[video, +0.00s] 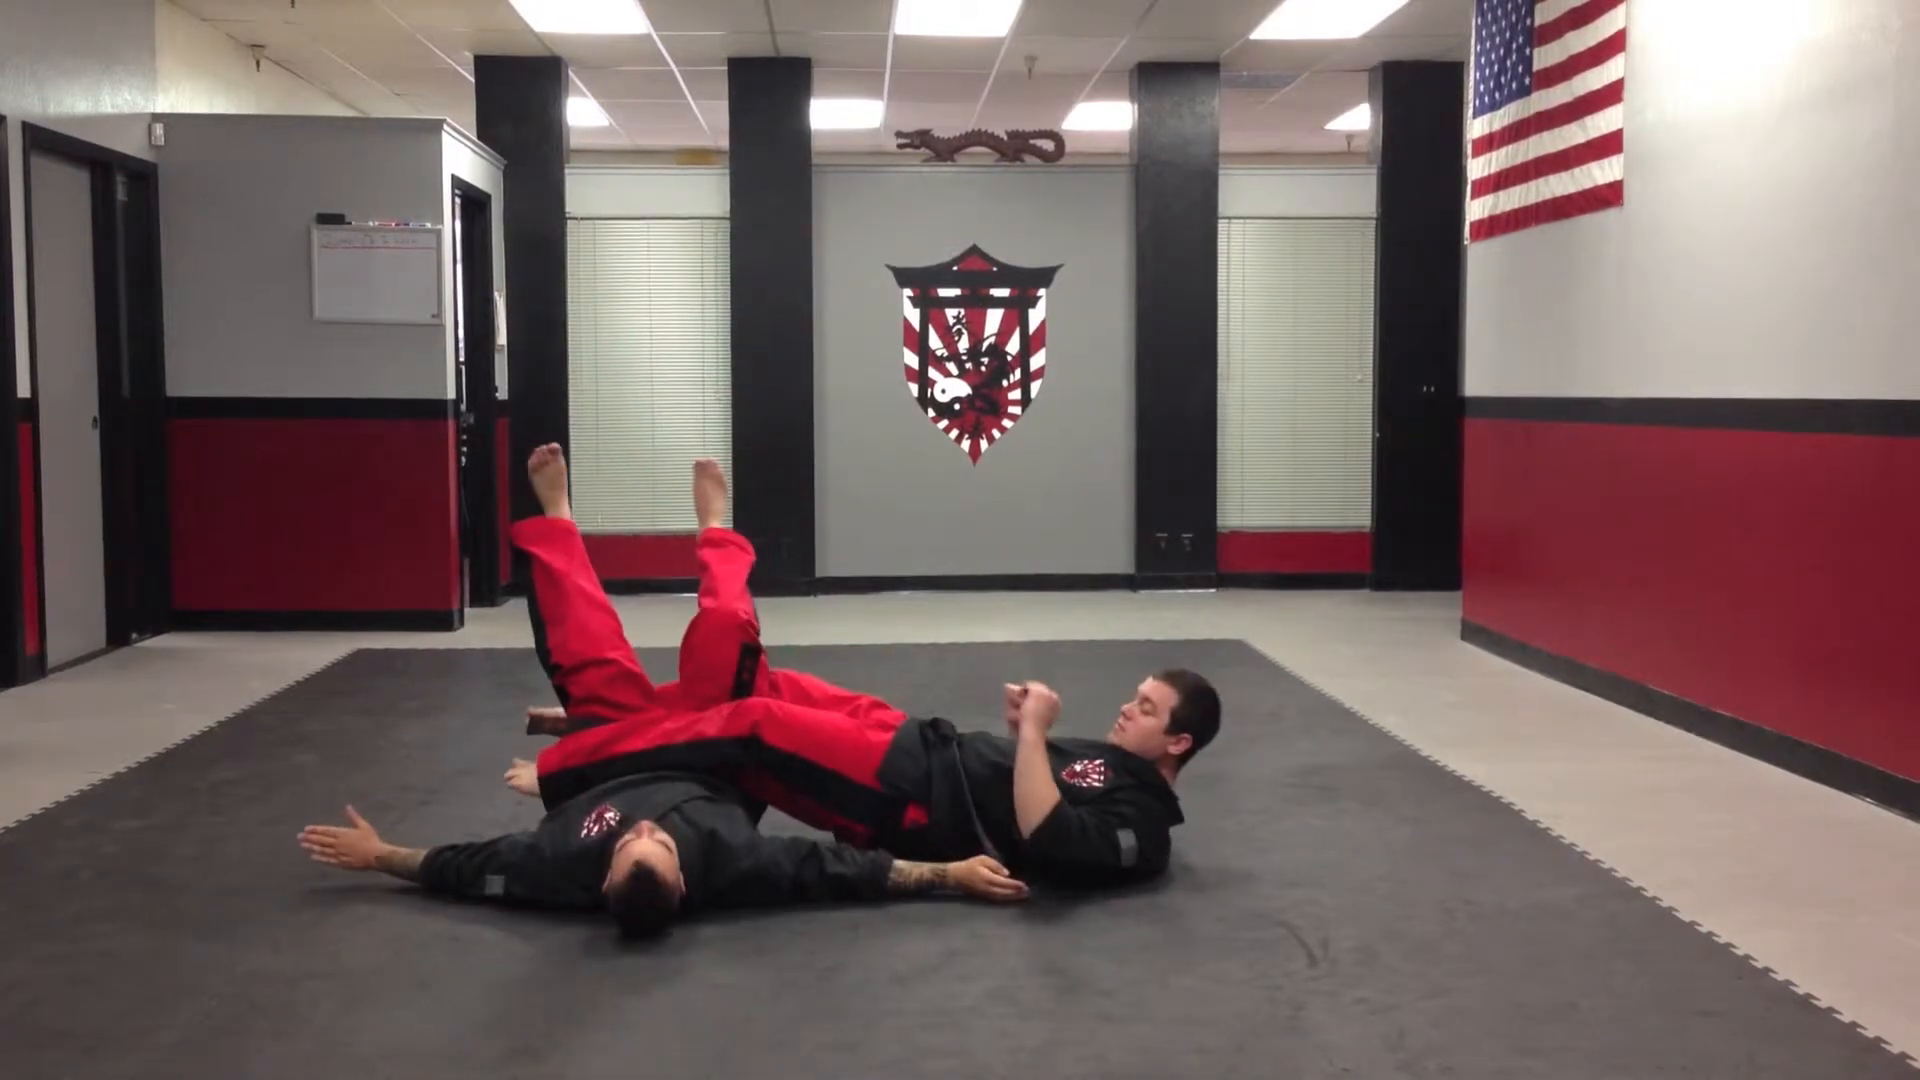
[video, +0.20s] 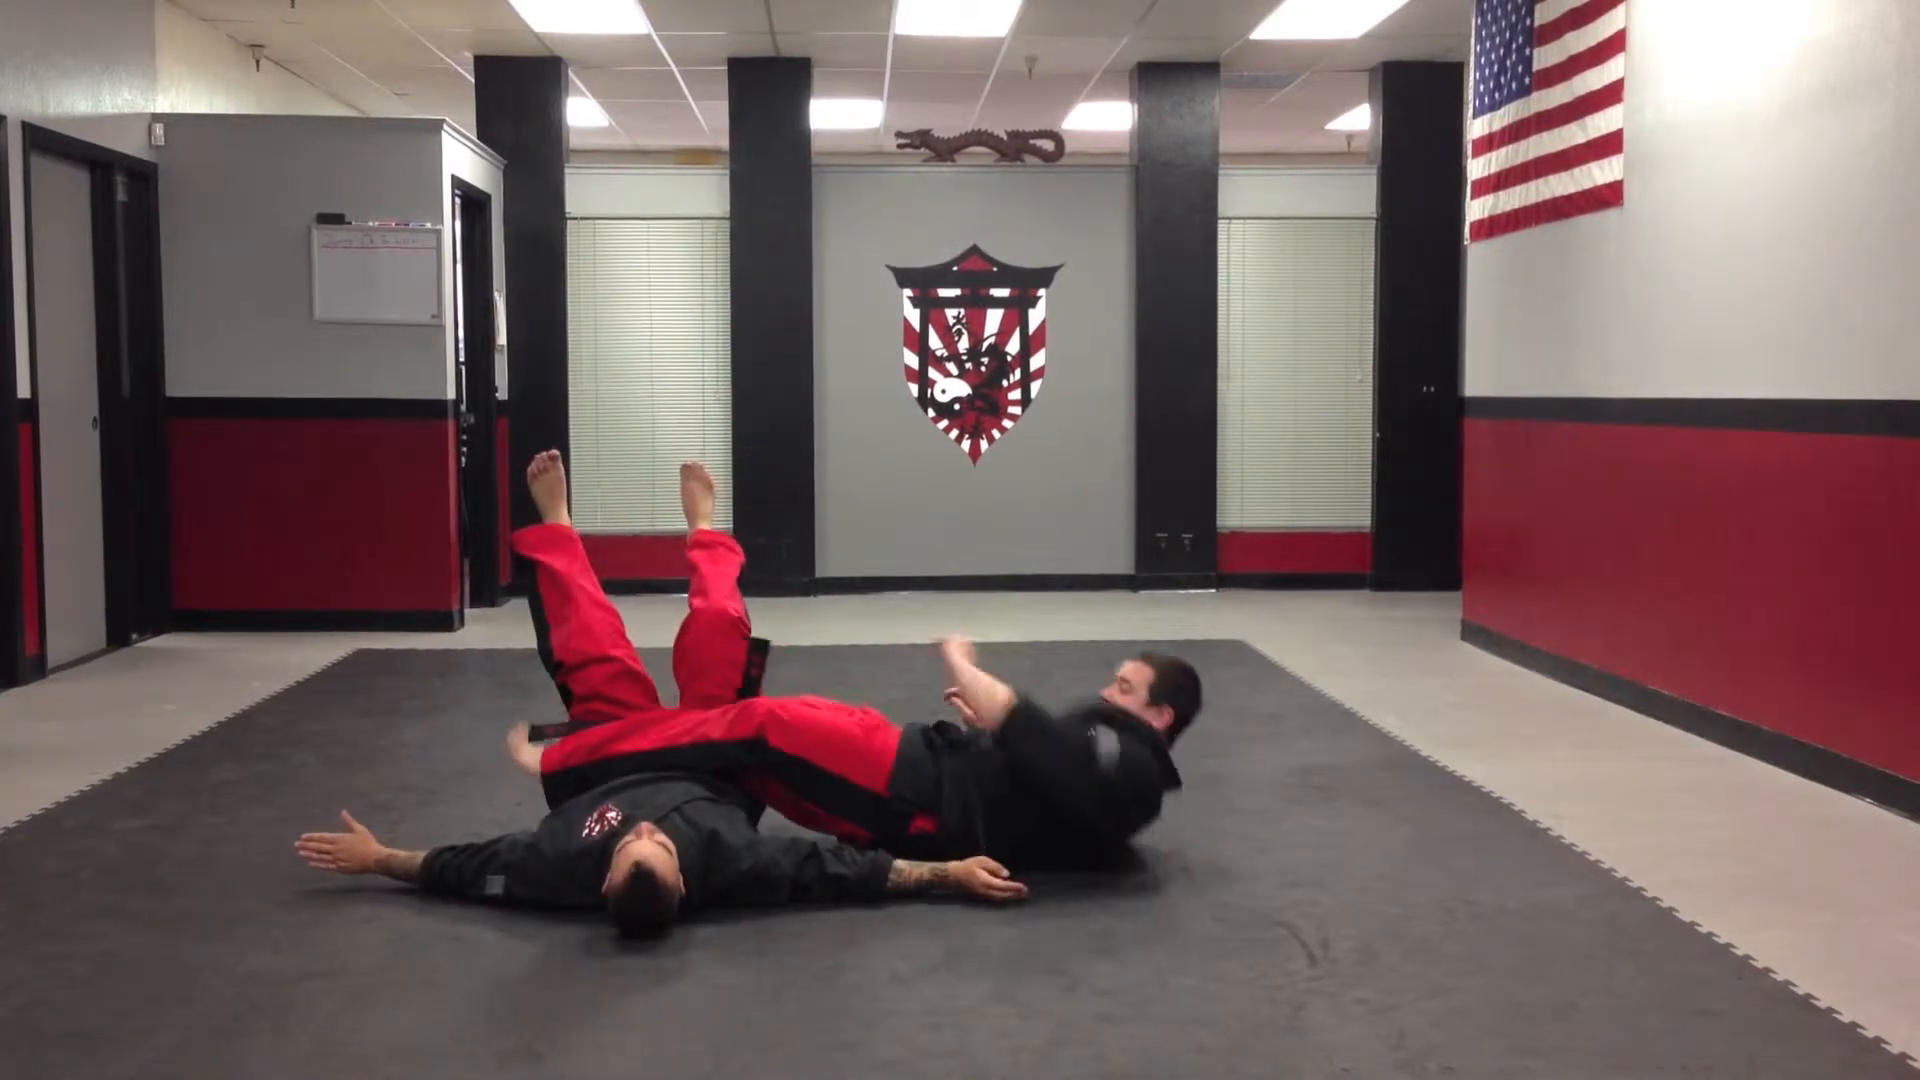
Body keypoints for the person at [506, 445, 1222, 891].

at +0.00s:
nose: (1127, 711)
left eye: (1147, 710)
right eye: (1134, 702)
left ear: (1178, 745)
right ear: (1138, 716)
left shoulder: (1142, 815)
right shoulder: (1104, 759)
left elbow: (1046, 841)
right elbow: (1025, 788)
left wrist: (1033, 737)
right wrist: (1025, 730)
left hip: (913, 785)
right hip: (908, 737)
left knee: (763, 714)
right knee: (768, 683)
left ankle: (570, 767)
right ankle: (601, 726)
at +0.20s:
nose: (1106, 686)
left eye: (1125, 684)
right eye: (1113, 678)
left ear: (1159, 713)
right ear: (1136, 704)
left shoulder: (1132, 754)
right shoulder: (1102, 745)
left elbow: (1080, 776)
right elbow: (1039, 768)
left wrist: (1000, 702)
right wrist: (986, 710)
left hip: (922, 783)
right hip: (916, 792)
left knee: (756, 720)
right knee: (751, 736)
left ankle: (556, 759)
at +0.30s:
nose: (1084, 666)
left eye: (1099, 660)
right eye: (1091, 656)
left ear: (1136, 685)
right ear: (1134, 687)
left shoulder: (1121, 730)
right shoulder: (1098, 738)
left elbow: (1050, 714)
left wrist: (971, 671)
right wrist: (974, 680)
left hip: (922, 781)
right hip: (913, 785)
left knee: (767, 706)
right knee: (748, 732)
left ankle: (571, 728)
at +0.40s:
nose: (1073, 646)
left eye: (1084, 638)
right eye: (1082, 637)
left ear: (1108, 650)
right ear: (1131, 663)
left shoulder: (1102, 702)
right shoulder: (1110, 726)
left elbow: (1016, 684)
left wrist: (964, 663)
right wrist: (978, 672)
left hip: (923, 777)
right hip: (925, 789)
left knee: (774, 678)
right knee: (770, 689)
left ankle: (585, 675)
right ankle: (599, 686)